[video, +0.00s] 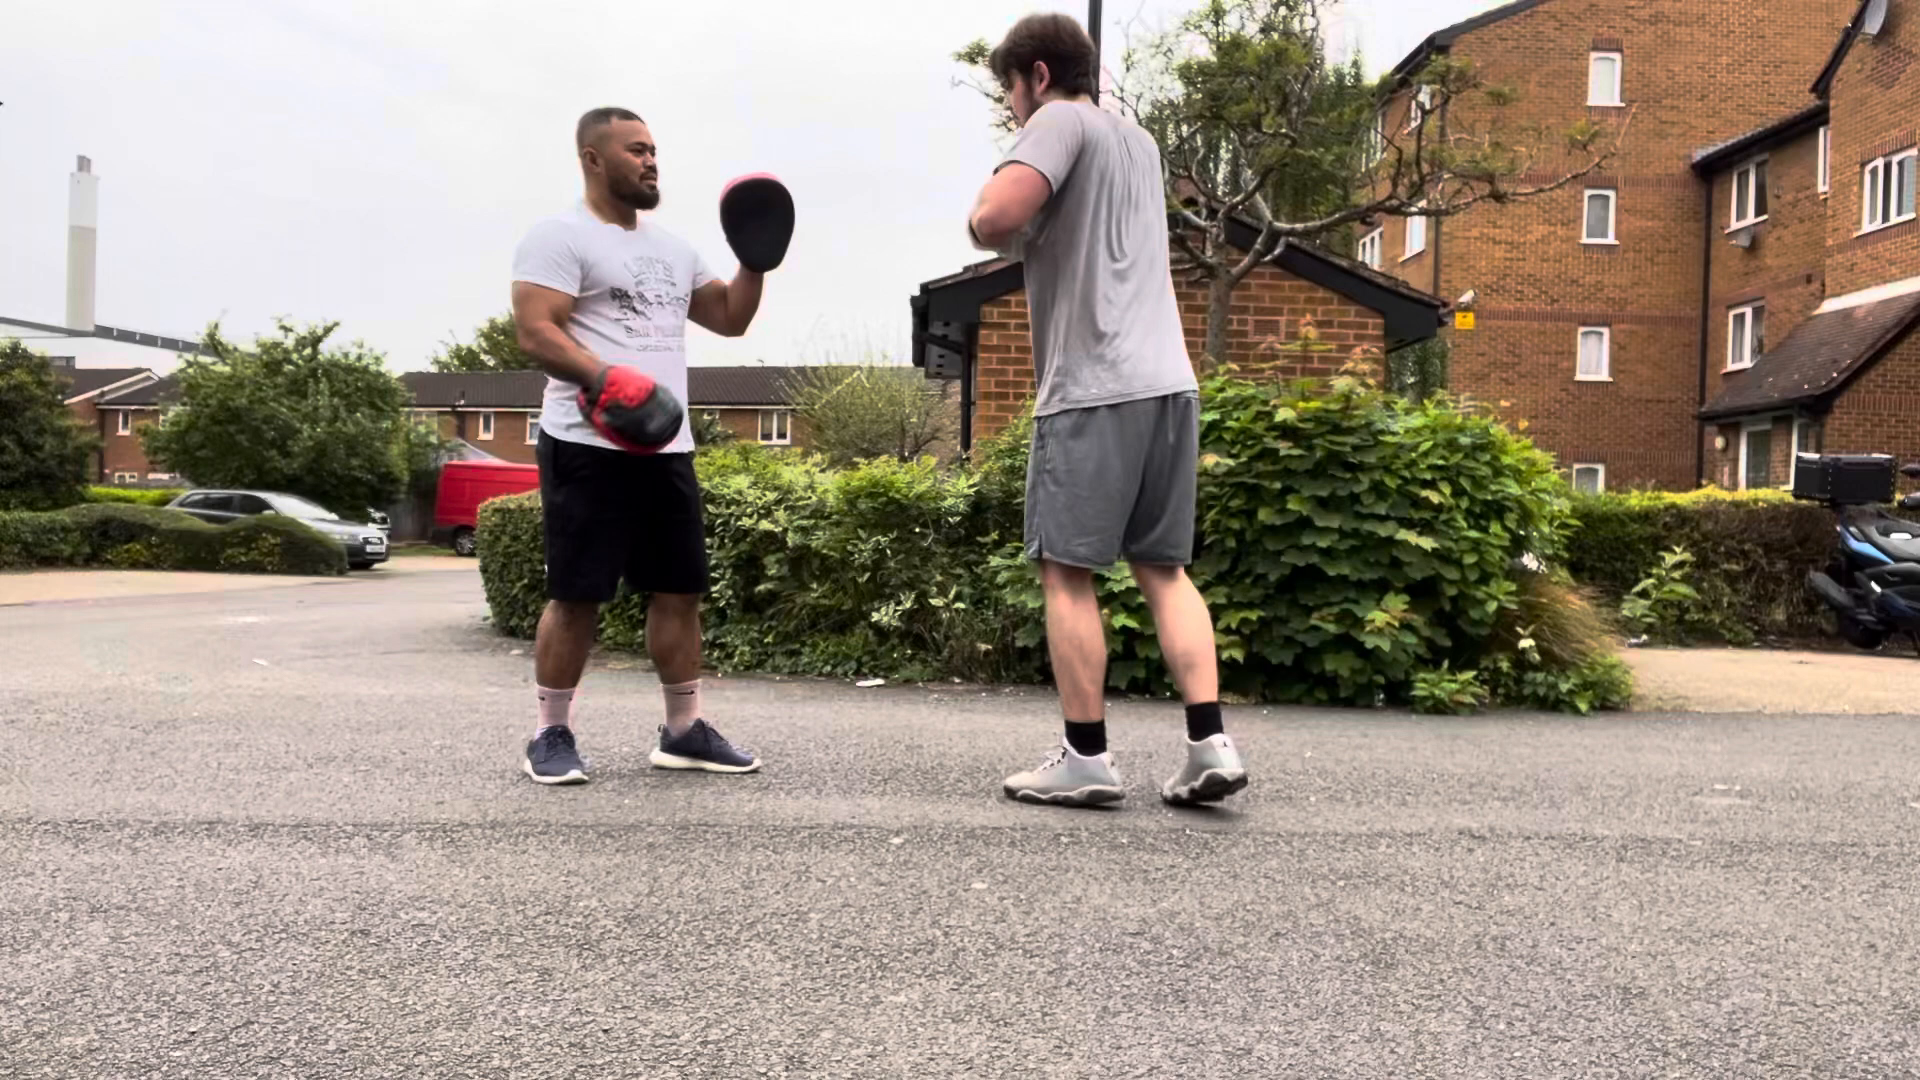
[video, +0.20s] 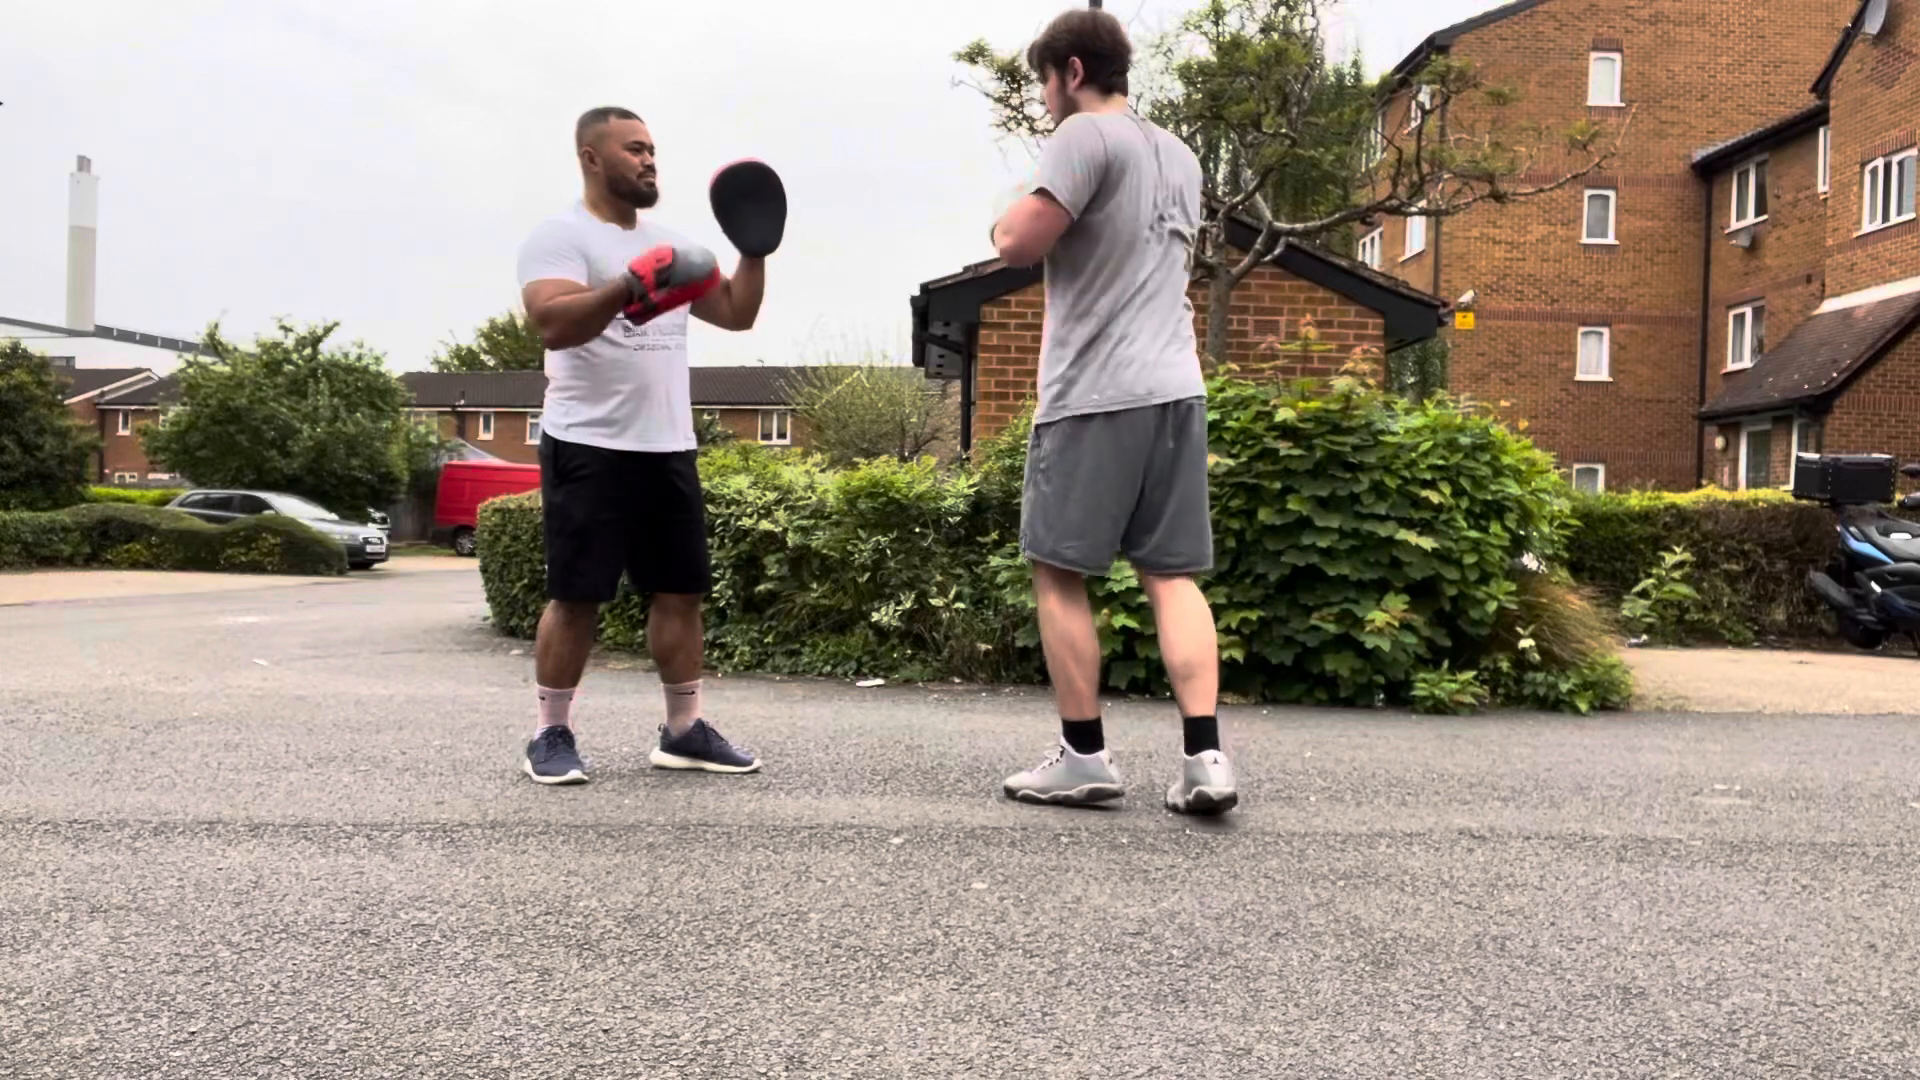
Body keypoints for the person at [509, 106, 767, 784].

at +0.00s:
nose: (653, 161)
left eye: (654, 152)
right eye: (638, 150)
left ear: (650, 164)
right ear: (593, 161)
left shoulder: (674, 250)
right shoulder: (558, 237)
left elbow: (730, 316)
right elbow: (536, 333)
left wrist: (755, 256)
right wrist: (610, 382)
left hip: (666, 451)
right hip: (584, 449)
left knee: (679, 587)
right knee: (575, 592)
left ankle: (683, 728)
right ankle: (554, 733)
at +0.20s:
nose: (651, 161)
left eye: (653, 152)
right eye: (636, 150)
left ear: (650, 164)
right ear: (591, 159)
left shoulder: (665, 247)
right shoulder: (558, 236)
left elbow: (737, 311)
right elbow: (551, 324)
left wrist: (753, 243)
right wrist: (630, 284)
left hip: (668, 445)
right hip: (587, 446)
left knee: (681, 587)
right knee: (575, 593)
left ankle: (683, 727)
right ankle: (554, 732)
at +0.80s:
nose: (652, 157)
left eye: (654, 148)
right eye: (636, 144)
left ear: (653, 161)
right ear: (591, 155)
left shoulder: (675, 238)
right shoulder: (561, 234)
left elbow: (741, 308)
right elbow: (558, 321)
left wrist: (760, 241)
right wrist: (624, 254)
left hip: (671, 442)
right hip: (588, 443)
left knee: (684, 586)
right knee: (577, 593)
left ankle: (684, 727)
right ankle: (552, 733)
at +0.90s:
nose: (651, 155)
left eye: (653, 145)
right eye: (635, 142)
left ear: (654, 160)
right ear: (591, 154)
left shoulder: (676, 236)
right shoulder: (560, 234)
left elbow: (744, 303)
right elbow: (555, 321)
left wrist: (764, 234)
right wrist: (621, 255)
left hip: (672, 442)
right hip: (588, 443)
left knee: (686, 586)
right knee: (577, 593)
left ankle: (685, 727)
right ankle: (553, 732)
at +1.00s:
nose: (654, 155)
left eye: (655, 145)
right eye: (639, 143)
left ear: (651, 158)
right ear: (593, 152)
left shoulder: (677, 235)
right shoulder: (561, 233)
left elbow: (756, 287)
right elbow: (554, 320)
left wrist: (785, 218)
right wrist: (617, 263)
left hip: (675, 444)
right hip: (590, 445)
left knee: (698, 582)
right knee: (578, 593)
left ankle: (689, 722)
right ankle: (553, 731)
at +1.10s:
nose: (656, 154)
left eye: (658, 145)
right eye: (641, 142)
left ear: (659, 159)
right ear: (596, 153)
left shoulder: (681, 234)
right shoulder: (567, 234)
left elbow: (755, 294)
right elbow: (560, 319)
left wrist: (775, 220)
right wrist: (623, 251)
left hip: (681, 445)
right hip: (595, 448)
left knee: (721, 573)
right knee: (578, 594)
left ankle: (703, 714)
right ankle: (553, 731)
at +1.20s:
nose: (665, 157)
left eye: (667, 148)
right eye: (649, 145)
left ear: (668, 162)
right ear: (605, 158)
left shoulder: (688, 239)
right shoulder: (575, 234)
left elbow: (752, 311)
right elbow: (579, 308)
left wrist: (780, 243)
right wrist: (629, 231)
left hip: (688, 446)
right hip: (602, 448)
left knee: (728, 577)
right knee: (582, 596)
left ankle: (731, 716)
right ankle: (552, 731)